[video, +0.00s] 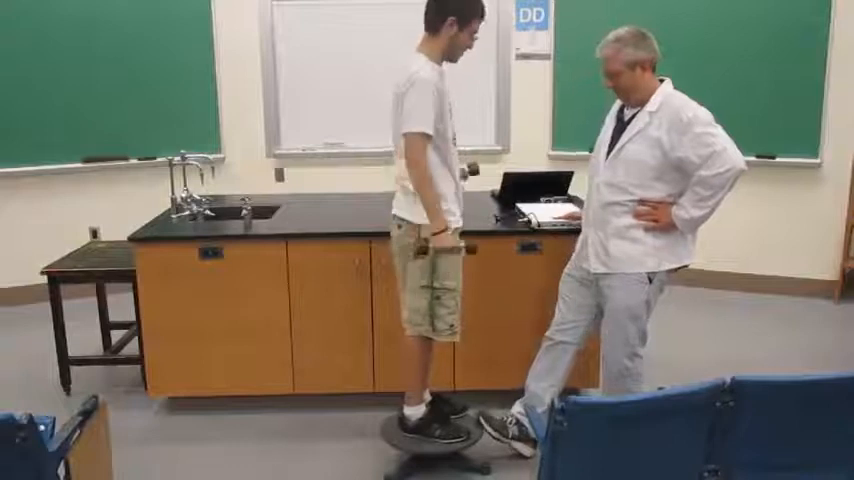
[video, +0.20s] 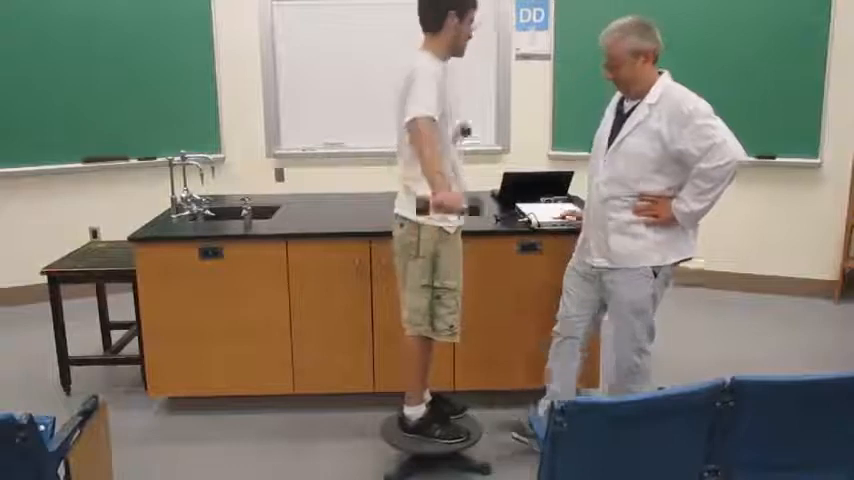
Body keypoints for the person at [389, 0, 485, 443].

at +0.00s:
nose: (472, 45)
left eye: (475, 37)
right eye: (472, 35)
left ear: (446, 26)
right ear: (450, 26)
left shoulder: (427, 75)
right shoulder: (422, 78)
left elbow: (419, 153)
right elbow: (415, 156)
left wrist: (451, 175)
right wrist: (439, 221)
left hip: (428, 220)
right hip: (422, 222)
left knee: (428, 318)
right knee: (422, 320)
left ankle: (422, 400)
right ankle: (414, 411)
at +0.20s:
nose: (472, 32)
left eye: (472, 23)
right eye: (470, 22)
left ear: (441, 21)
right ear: (453, 20)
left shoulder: (435, 68)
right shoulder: (426, 68)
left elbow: (429, 132)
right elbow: (419, 127)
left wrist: (449, 187)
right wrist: (440, 186)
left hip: (435, 215)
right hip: (423, 216)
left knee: (431, 314)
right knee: (421, 316)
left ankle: (423, 398)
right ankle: (413, 411)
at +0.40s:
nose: (476, 32)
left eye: (477, 23)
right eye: (474, 22)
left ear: (447, 21)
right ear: (457, 20)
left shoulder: (440, 68)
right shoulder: (428, 66)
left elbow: (435, 122)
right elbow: (426, 113)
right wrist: (434, 152)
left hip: (441, 214)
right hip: (425, 214)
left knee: (435, 313)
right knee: (424, 315)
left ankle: (424, 398)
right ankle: (414, 411)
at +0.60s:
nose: (478, 32)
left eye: (478, 23)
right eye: (476, 22)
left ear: (451, 21)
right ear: (457, 21)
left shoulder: (442, 69)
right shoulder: (428, 66)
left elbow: (438, 124)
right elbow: (426, 111)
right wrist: (432, 144)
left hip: (441, 214)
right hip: (425, 214)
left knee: (434, 314)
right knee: (423, 315)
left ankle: (423, 398)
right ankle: (414, 411)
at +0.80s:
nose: (477, 32)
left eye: (477, 23)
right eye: (474, 22)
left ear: (449, 21)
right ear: (456, 21)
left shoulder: (443, 68)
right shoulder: (427, 65)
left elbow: (449, 135)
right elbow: (424, 106)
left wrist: (492, 160)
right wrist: (430, 138)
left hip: (442, 213)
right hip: (425, 213)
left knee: (435, 313)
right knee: (423, 315)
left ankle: (424, 399)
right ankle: (414, 411)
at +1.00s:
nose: (475, 33)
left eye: (476, 24)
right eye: (472, 23)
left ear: (449, 22)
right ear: (450, 21)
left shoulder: (441, 69)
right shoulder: (426, 65)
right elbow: (424, 106)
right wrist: (431, 139)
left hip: (441, 213)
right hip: (423, 212)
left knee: (434, 312)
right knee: (422, 313)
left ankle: (423, 397)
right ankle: (414, 410)